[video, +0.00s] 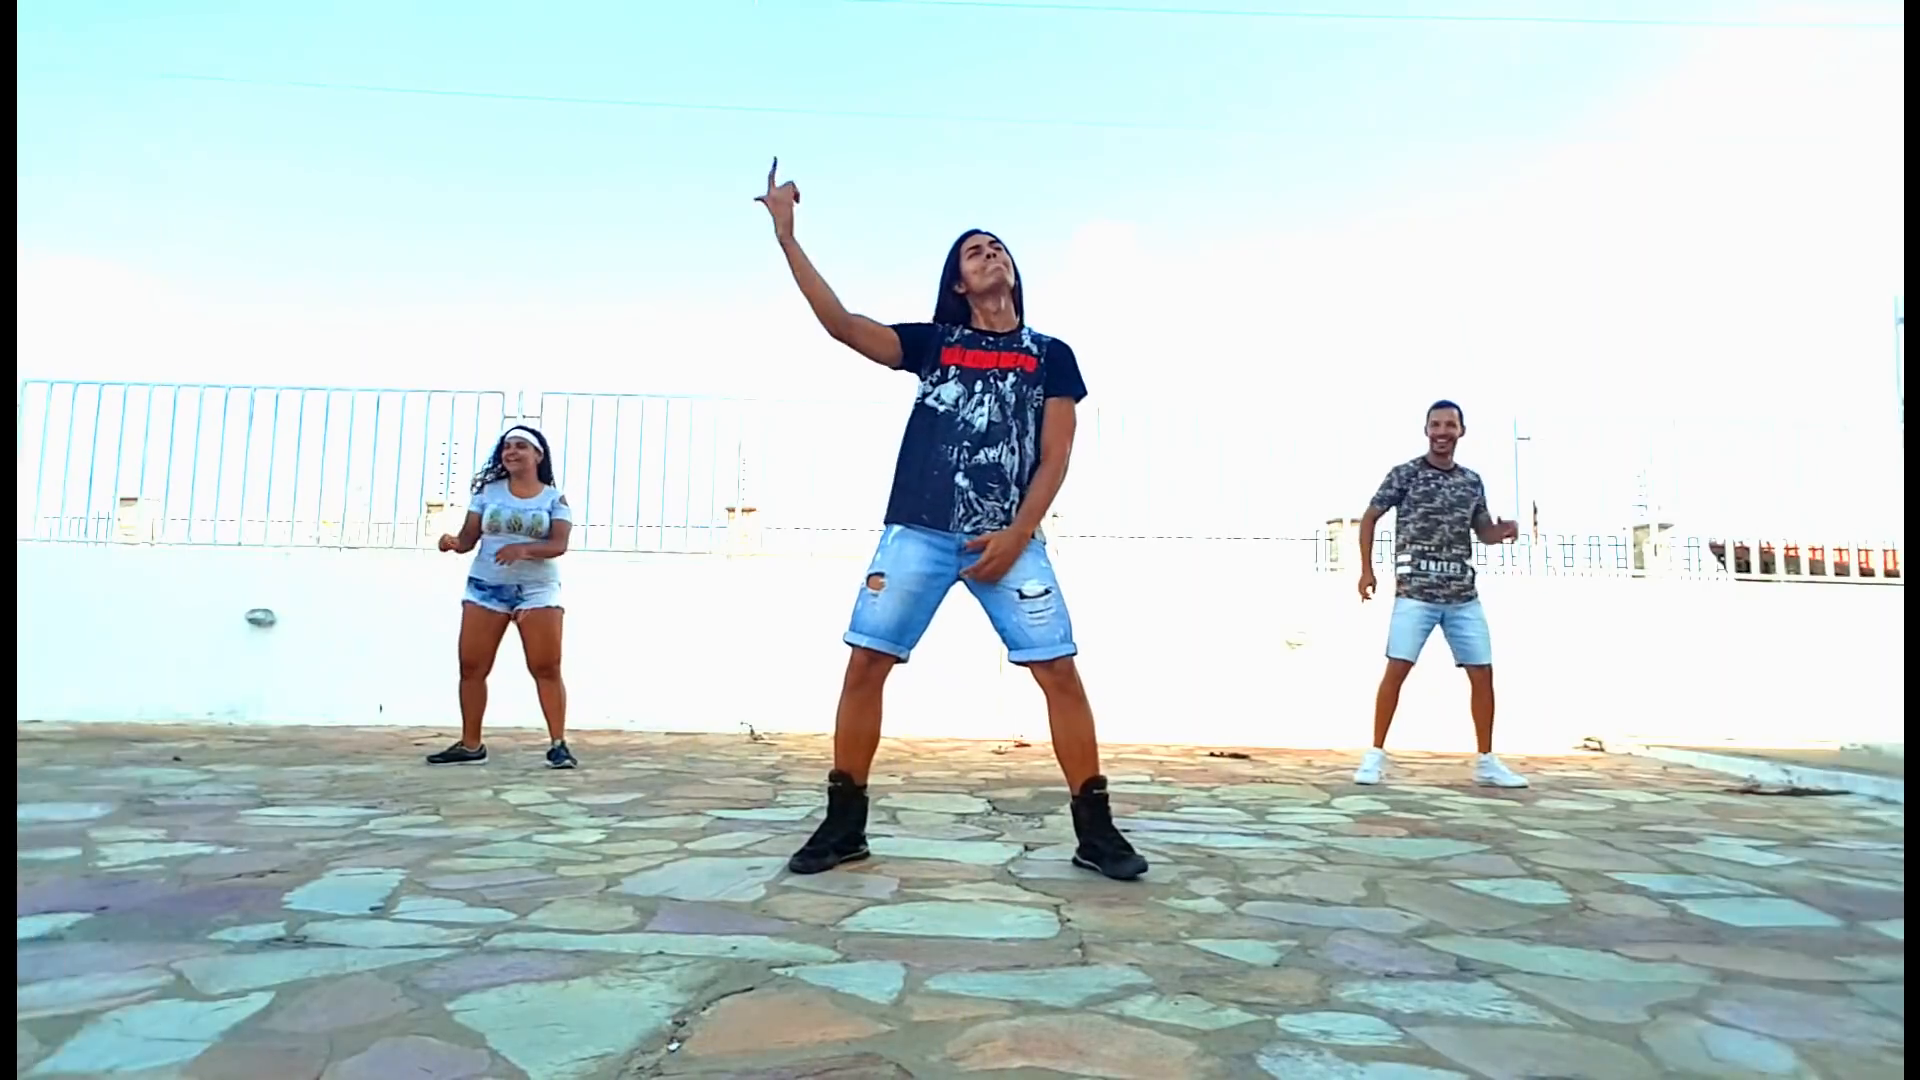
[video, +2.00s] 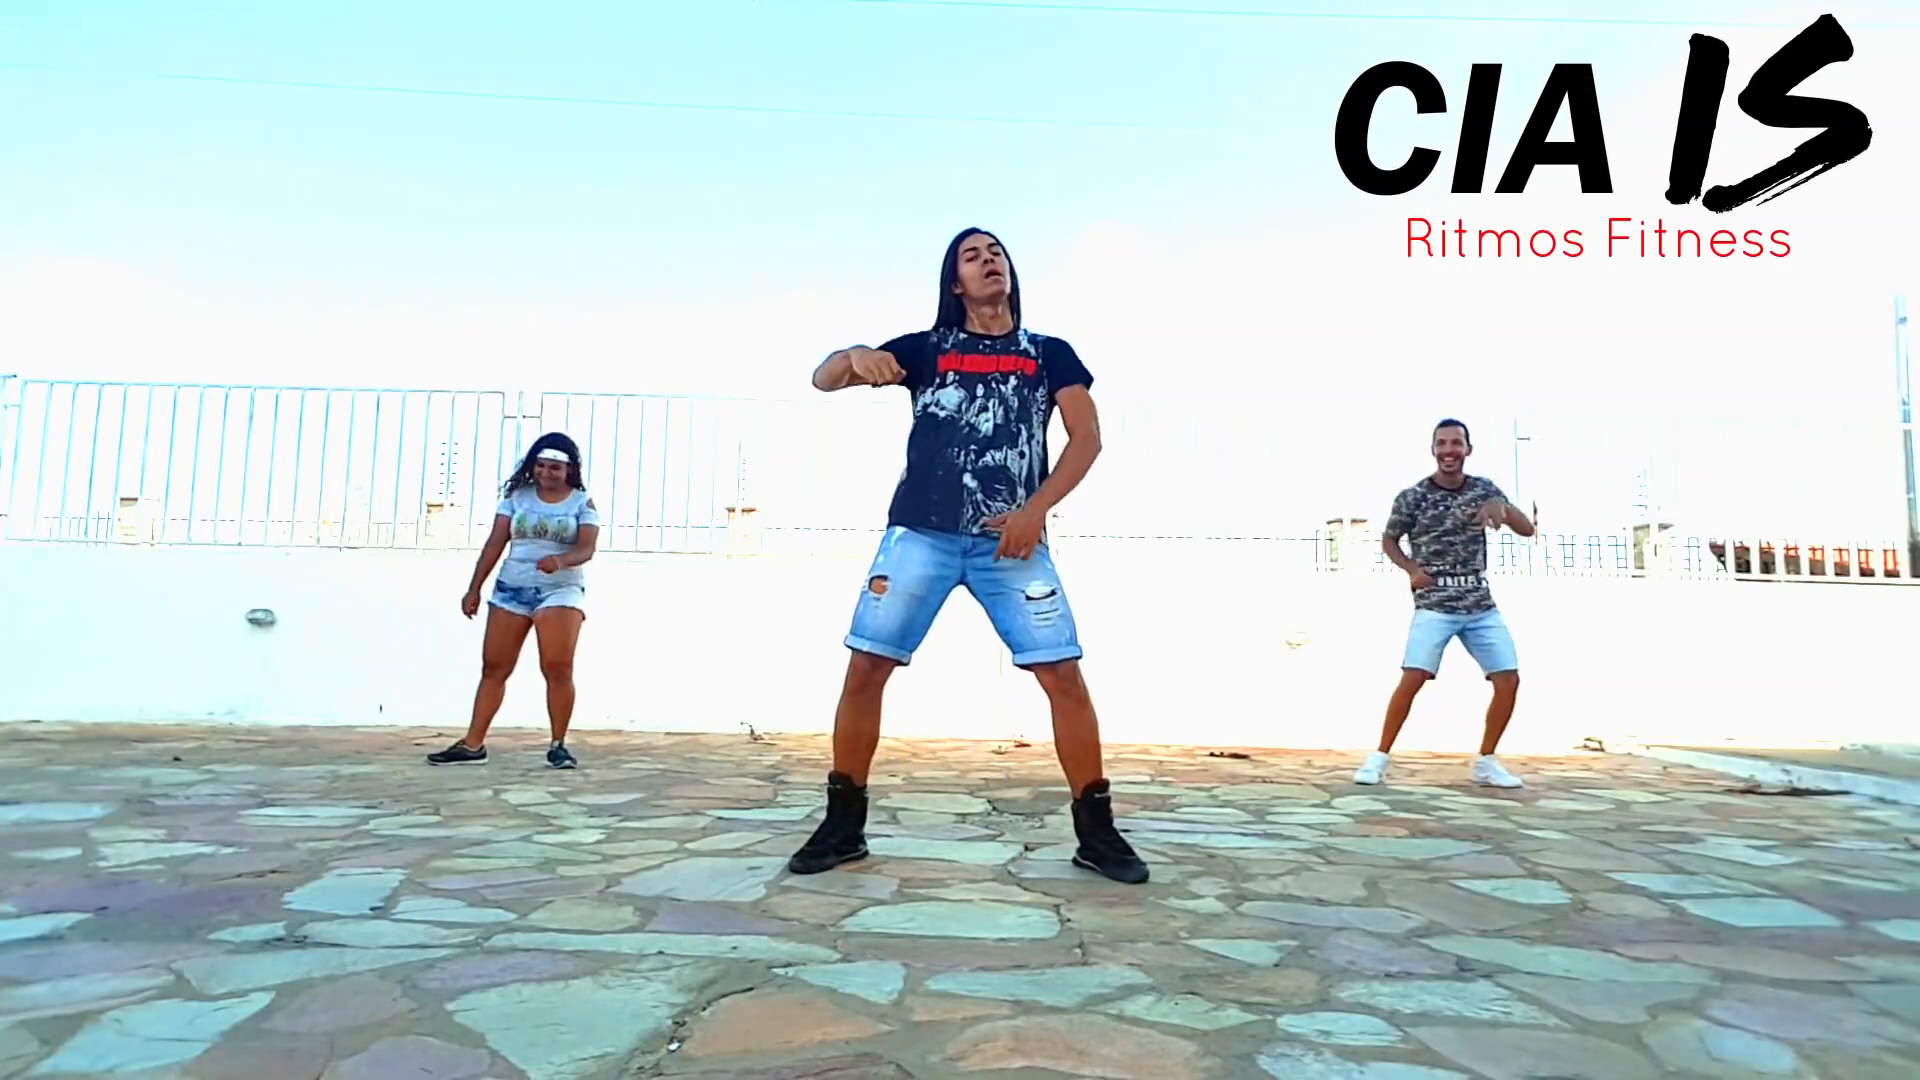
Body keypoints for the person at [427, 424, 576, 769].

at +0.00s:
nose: (511, 451)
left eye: (520, 446)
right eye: (507, 447)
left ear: (538, 456)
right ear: (500, 456)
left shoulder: (554, 499)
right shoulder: (487, 493)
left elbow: (558, 545)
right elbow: (468, 540)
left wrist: (523, 549)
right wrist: (454, 543)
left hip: (538, 592)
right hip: (485, 589)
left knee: (546, 669)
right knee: (471, 669)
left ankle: (558, 744)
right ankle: (470, 744)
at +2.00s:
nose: (549, 473)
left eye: (557, 468)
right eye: (543, 466)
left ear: (570, 470)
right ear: (533, 467)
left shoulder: (582, 504)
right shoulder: (515, 498)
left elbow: (586, 549)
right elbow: (495, 544)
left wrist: (562, 560)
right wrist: (475, 587)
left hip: (559, 593)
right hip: (511, 590)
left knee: (558, 668)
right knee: (493, 668)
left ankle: (558, 745)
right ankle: (472, 743)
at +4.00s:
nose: (519, 454)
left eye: (525, 449)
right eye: (512, 450)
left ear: (538, 458)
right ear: (501, 458)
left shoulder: (550, 494)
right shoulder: (488, 499)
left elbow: (556, 528)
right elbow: (472, 539)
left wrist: (547, 540)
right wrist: (450, 569)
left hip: (535, 586)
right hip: (486, 586)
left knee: (546, 667)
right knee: (473, 667)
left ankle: (558, 744)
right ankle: (471, 744)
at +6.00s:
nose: (512, 445)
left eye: (519, 439)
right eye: (504, 439)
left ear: (530, 446)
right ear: (493, 447)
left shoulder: (541, 476)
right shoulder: (482, 486)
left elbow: (550, 496)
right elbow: (459, 528)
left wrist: (558, 502)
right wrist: (420, 541)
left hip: (533, 576)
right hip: (484, 575)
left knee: (546, 654)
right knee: (446, 645)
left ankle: (558, 734)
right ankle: (447, 723)